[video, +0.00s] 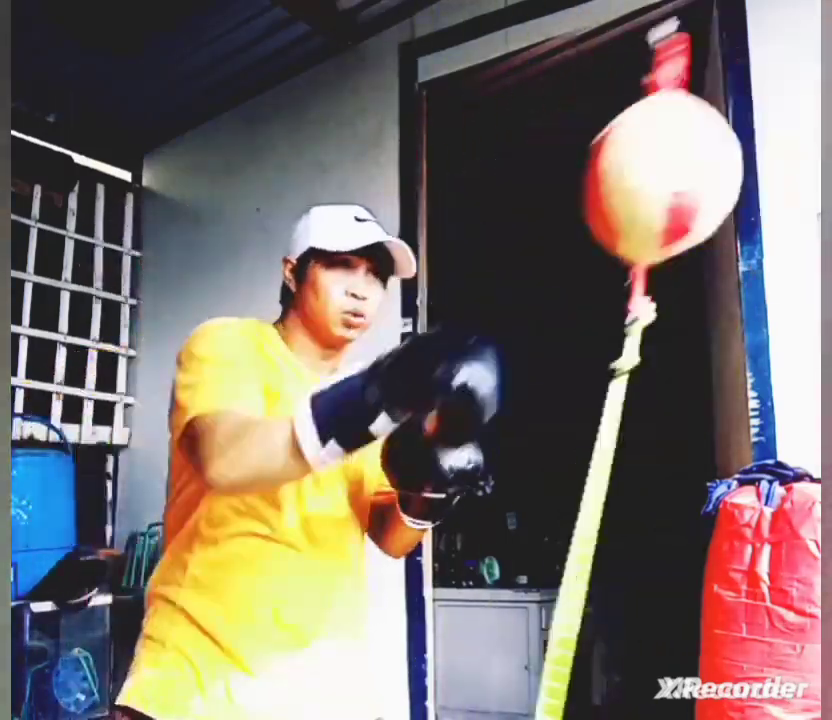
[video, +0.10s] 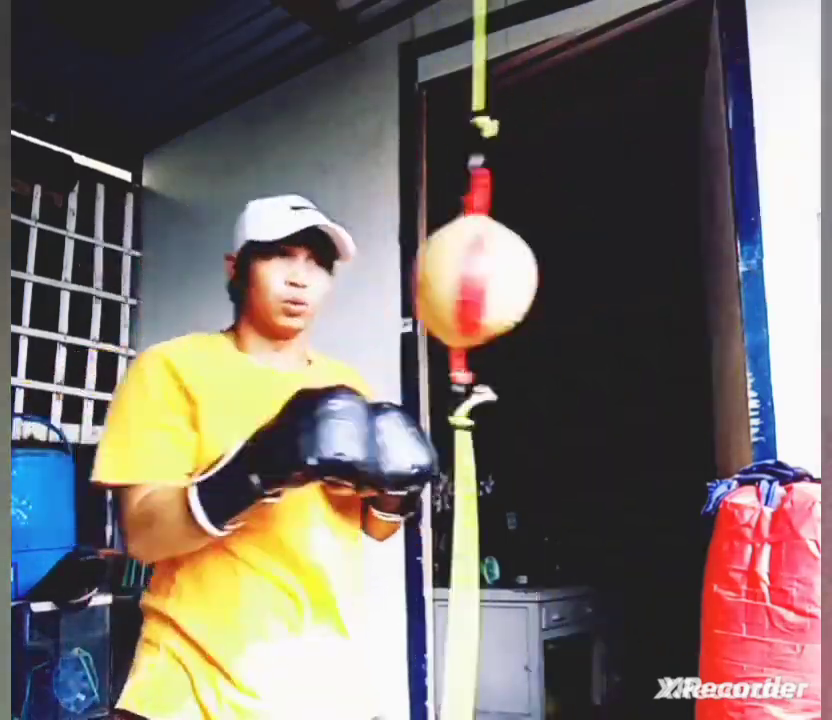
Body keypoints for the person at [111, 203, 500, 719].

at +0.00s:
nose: (362, 290)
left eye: (375, 275)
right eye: (342, 267)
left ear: (387, 292)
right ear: (293, 273)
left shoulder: (371, 398)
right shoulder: (226, 343)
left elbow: (393, 541)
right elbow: (223, 461)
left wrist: (425, 494)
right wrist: (373, 397)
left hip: (331, 674)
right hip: (204, 666)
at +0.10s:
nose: (300, 276)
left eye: (317, 261)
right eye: (280, 255)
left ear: (329, 280)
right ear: (236, 267)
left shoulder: (347, 388)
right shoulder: (170, 370)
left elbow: (378, 528)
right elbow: (145, 534)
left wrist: (395, 493)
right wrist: (256, 467)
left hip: (328, 687)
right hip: (197, 683)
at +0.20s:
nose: (227, 289)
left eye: (246, 273)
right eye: (206, 268)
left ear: (263, 289)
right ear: (168, 280)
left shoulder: (306, 386)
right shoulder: (113, 400)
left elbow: (353, 522)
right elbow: (122, 556)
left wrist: (348, 461)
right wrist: (197, 446)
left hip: (318, 691)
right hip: (180, 691)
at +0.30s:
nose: (207, 304)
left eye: (225, 289)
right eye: (188, 284)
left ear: (241, 304)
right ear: (146, 296)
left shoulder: (282, 401)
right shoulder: (94, 408)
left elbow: (342, 522)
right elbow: (117, 546)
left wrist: (333, 445)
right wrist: (179, 416)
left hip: (299, 693)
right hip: (162, 694)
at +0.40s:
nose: (212, 304)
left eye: (229, 292)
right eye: (190, 289)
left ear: (245, 307)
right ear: (147, 299)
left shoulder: (287, 401)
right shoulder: (91, 408)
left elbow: (334, 534)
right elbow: (120, 531)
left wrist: (342, 461)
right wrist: (176, 397)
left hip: (287, 696)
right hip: (153, 698)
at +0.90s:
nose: (381, 300)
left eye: (393, 289)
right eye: (362, 280)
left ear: (406, 300)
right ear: (313, 282)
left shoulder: (388, 407)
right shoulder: (244, 344)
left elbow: (409, 546)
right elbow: (250, 431)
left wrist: (442, 459)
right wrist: (402, 332)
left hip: (344, 689)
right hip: (218, 681)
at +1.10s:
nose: (279, 298)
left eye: (294, 285)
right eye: (259, 277)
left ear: (305, 302)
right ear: (212, 284)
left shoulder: (336, 396)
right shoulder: (142, 393)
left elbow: (373, 532)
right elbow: (141, 539)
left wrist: (372, 429)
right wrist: (226, 410)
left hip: (342, 700)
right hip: (185, 698)